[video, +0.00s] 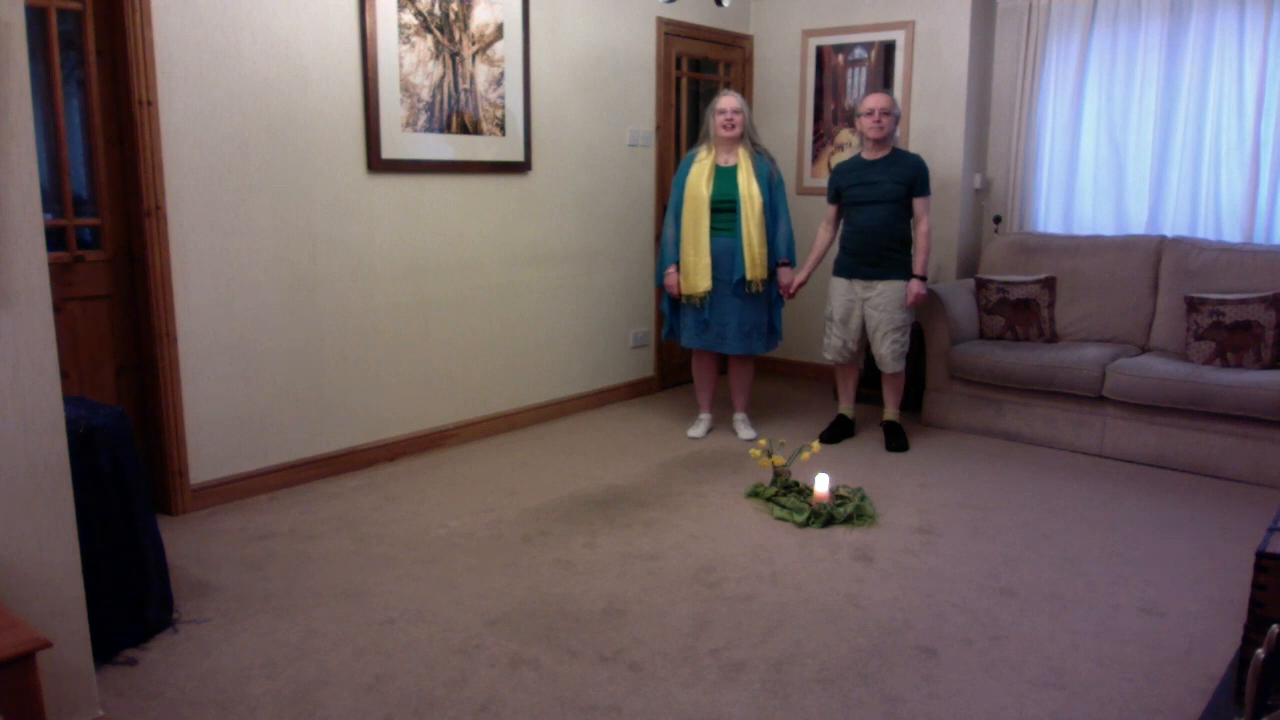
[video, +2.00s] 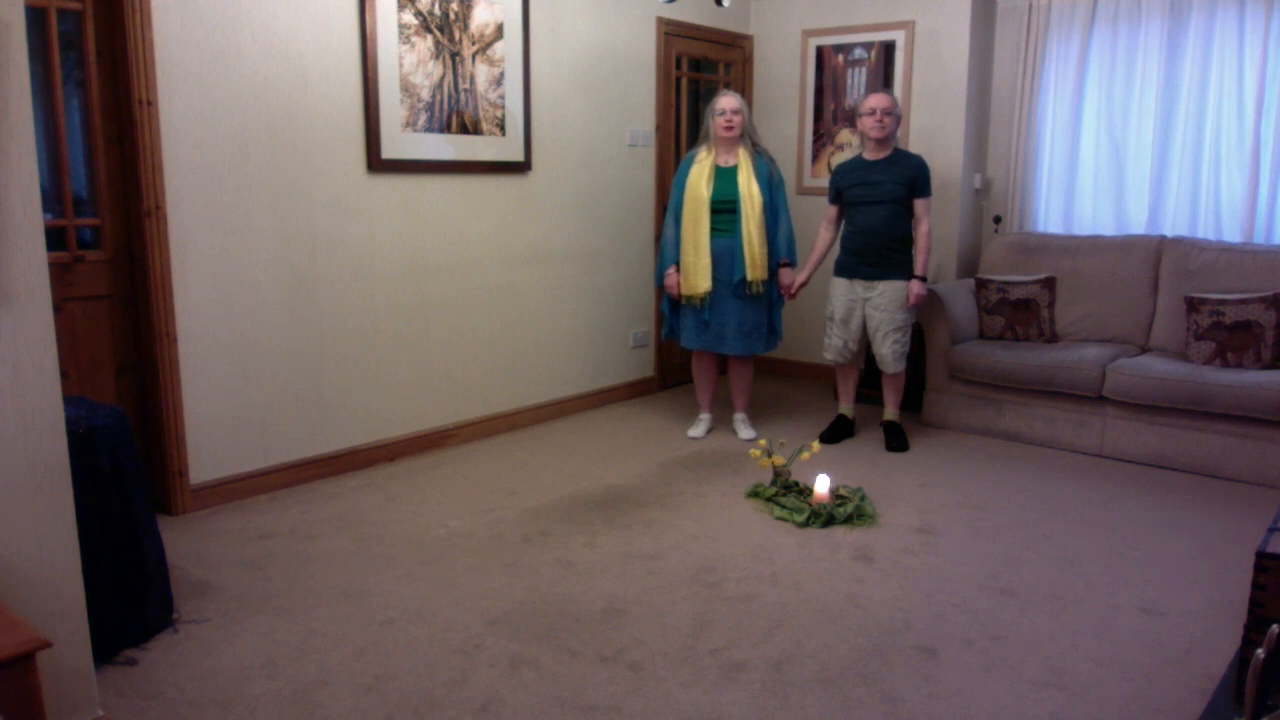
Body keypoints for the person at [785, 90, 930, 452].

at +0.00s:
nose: (877, 119)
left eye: (884, 114)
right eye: (870, 114)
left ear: (896, 121)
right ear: (857, 122)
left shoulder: (912, 166)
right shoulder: (842, 171)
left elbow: (922, 223)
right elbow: (828, 227)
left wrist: (919, 276)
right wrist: (804, 272)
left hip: (892, 279)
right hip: (847, 277)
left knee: (891, 354)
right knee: (843, 349)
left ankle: (892, 420)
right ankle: (845, 415)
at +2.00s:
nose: (879, 119)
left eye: (886, 113)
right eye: (871, 114)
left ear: (898, 121)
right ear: (858, 122)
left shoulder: (913, 167)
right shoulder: (843, 172)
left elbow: (922, 224)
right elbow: (829, 227)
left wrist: (919, 276)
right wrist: (805, 273)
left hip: (893, 279)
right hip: (848, 277)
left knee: (892, 354)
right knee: (844, 349)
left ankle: (892, 420)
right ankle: (845, 415)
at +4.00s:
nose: (880, 119)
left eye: (887, 113)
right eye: (872, 113)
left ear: (899, 121)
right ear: (858, 122)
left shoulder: (913, 167)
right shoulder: (843, 172)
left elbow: (923, 225)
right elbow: (829, 226)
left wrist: (920, 276)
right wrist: (805, 273)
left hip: (894, 279)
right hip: (848, 277)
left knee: (892, 355)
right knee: (844, 349)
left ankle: (892, 420)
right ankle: (845, 415)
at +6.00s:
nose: (881, 118)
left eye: (888, 113)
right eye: (873, 113)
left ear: (900, 121)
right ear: (861, 122)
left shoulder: (914, 166)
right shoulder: (844, 172)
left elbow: (924, 224)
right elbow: (830, 227)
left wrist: (921, 276)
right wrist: (806, 273)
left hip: (895, 278)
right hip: (850, 276)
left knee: (893, 355)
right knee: (844, 349)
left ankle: (892, 419)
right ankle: (845, 415)